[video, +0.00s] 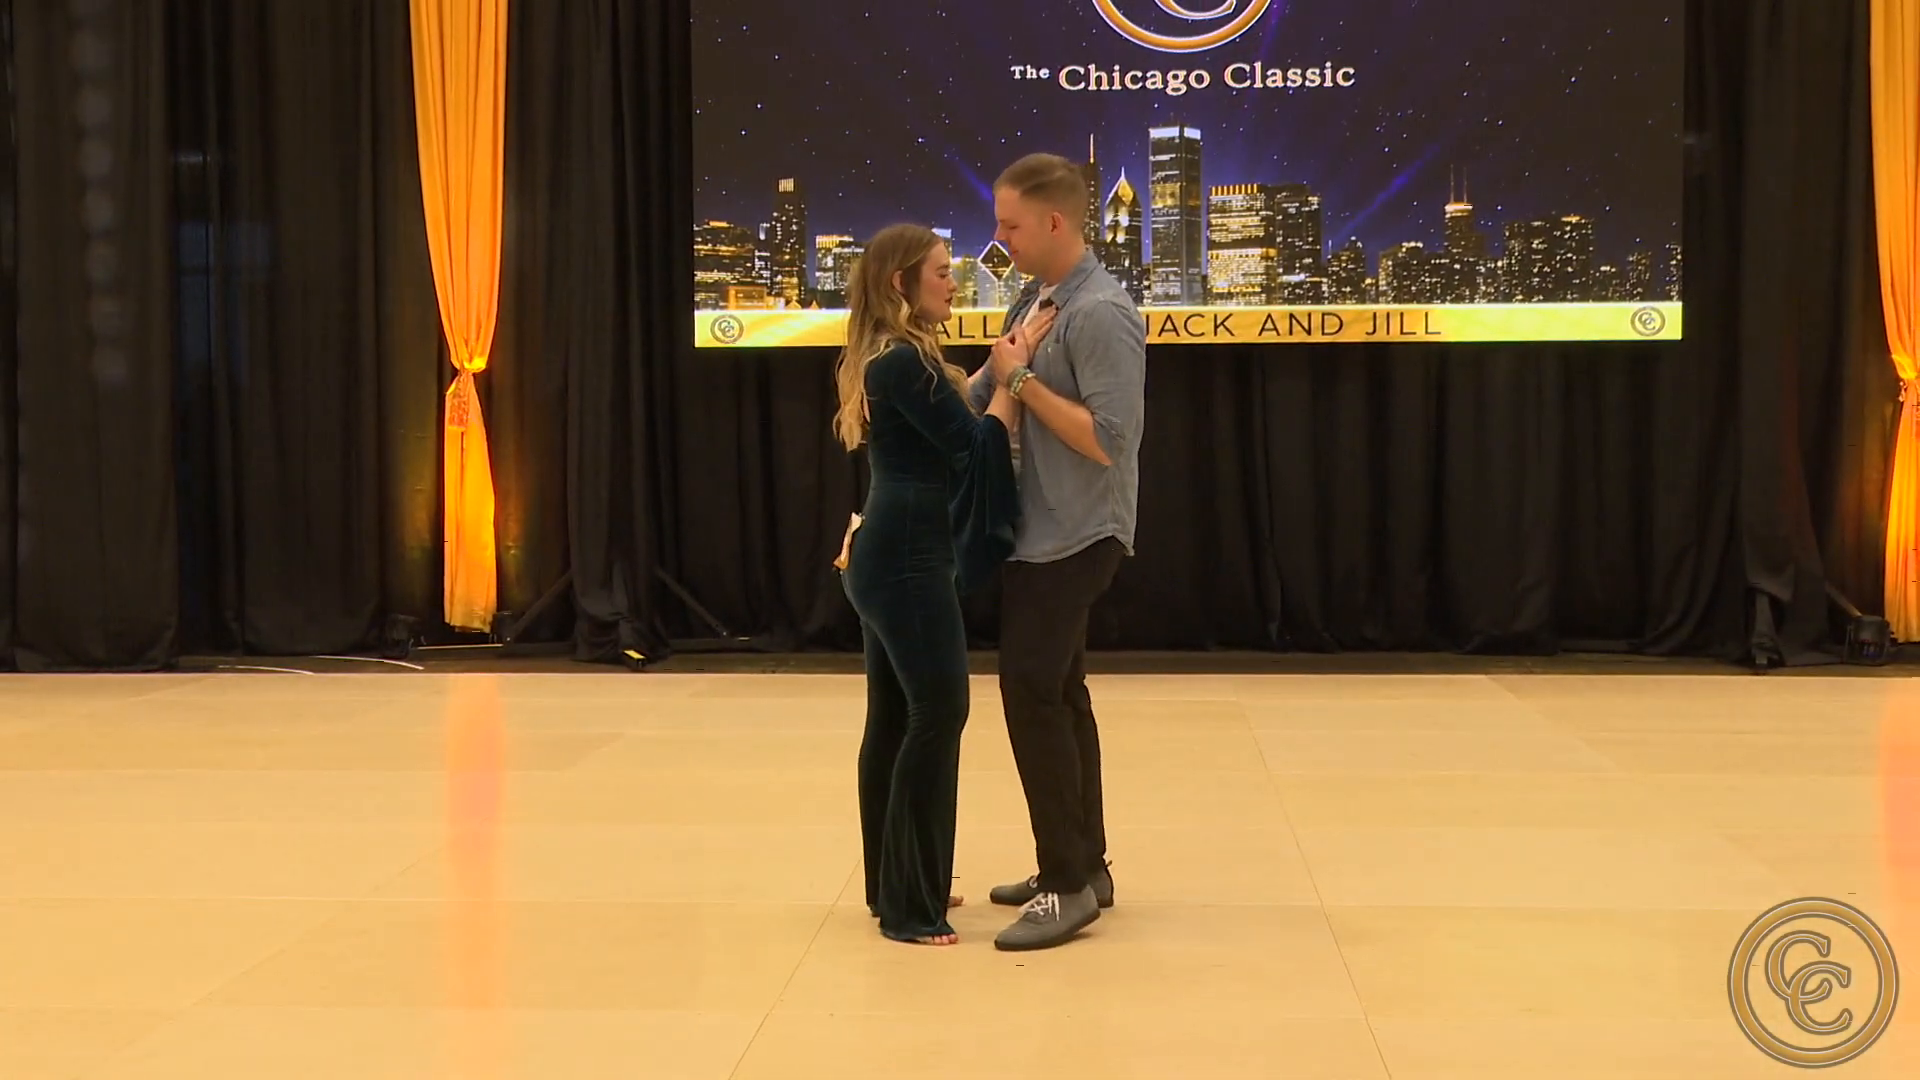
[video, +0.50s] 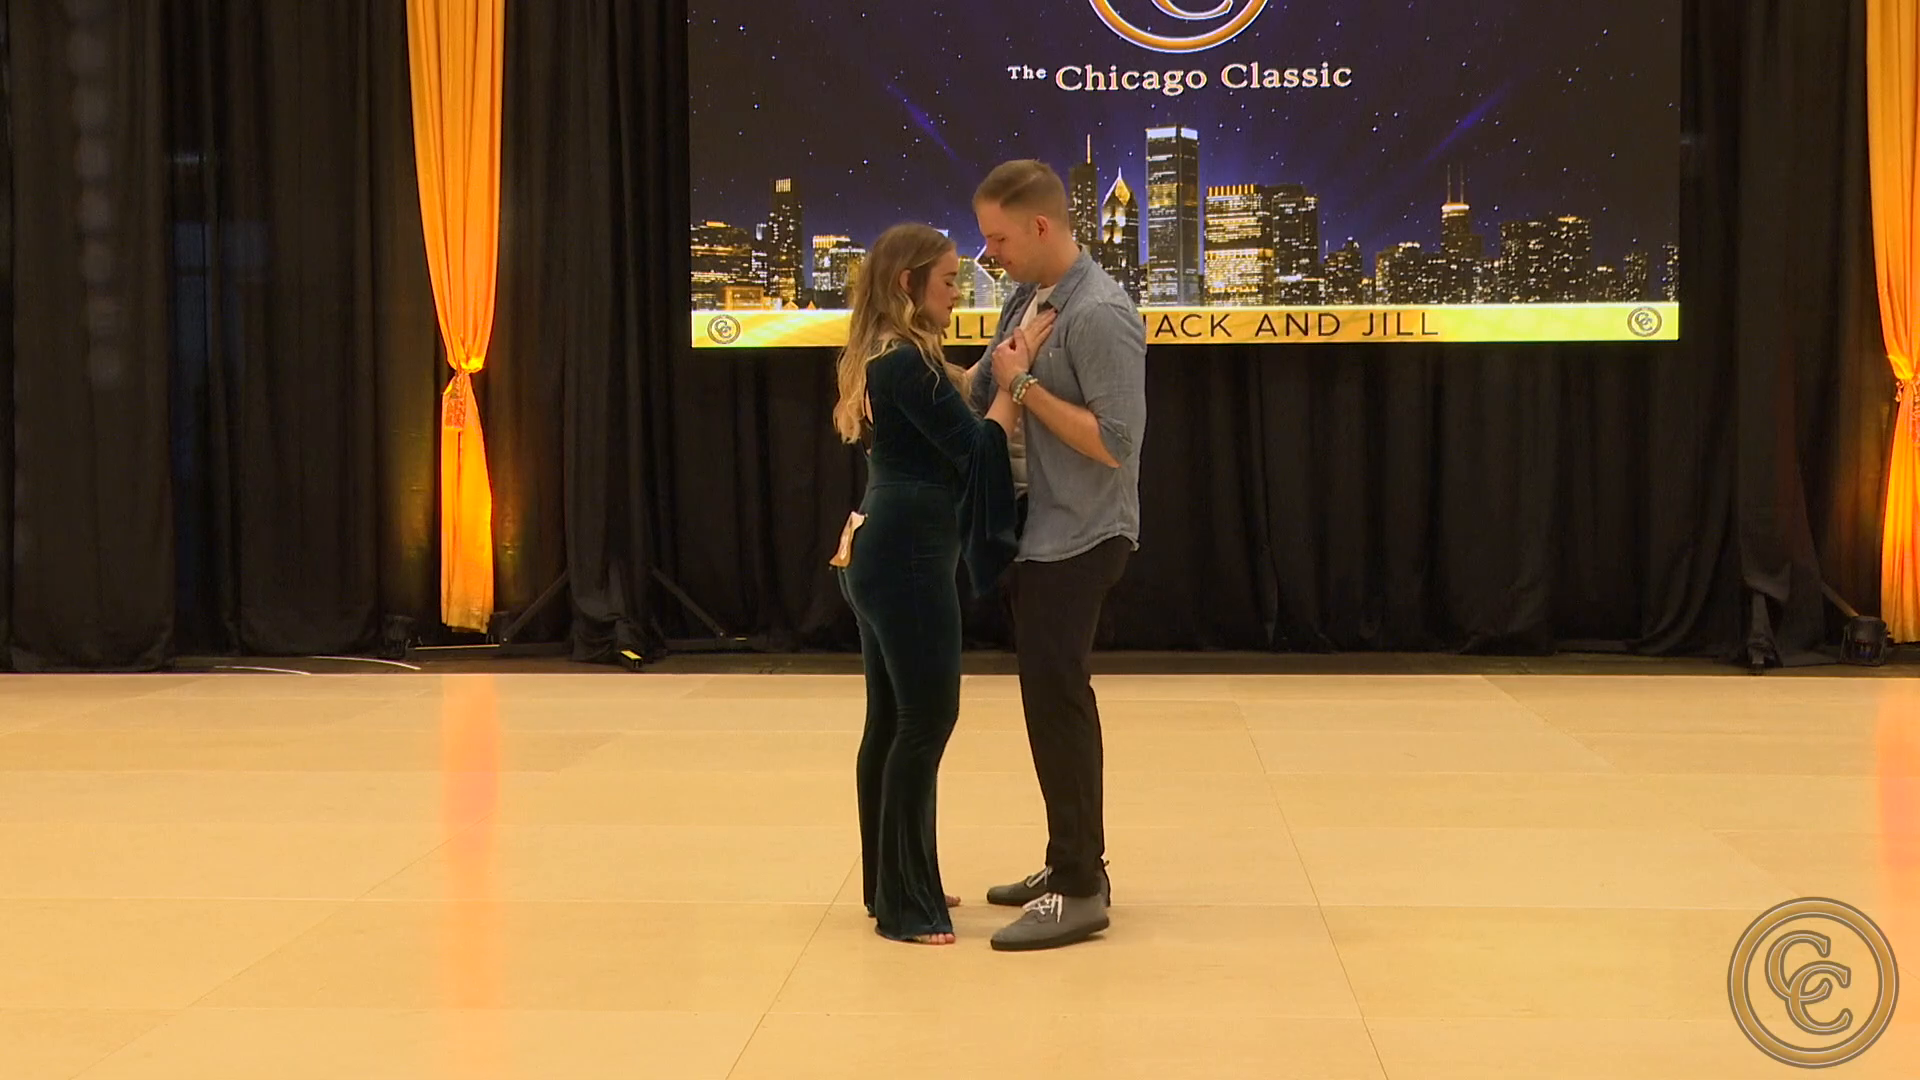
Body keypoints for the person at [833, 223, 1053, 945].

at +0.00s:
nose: (953, 284)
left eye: (951, 272)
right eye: (941, 273)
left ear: (914, 282)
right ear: (903, 283)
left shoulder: (902, 355)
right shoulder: (900, 363)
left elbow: (960, 409)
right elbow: (976, 449)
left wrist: (1006, 356)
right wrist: (1010, 380)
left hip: (887, 559)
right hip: (906, 564)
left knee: (892, 721)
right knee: (940, 715)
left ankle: (893, 890)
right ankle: (910, 903)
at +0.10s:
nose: (952, 284)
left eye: (950, 272)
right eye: (941, 273)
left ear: (913, 282)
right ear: (904, 282)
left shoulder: (903, 354)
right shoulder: (901, 362)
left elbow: (962, 410)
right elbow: (976, 446)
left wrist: (1003, 355)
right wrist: (1012, 376)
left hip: (891, 560)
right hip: (909, 565)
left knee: (891, 722)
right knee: (940, 716)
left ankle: (890, 886)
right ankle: (910, 902)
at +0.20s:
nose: (952, 286)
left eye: (951, 274)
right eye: (942, 274)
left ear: (911, 282)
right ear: (905, 282)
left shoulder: (900, 355)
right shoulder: (902, 363)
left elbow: (963, 404)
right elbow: (979, 450)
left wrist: (1005, 354)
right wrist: (1010, 379)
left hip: (889, 560)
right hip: (911, 565)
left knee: (888, 725)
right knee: (931, 720)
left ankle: (891, 889)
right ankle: (909, 904)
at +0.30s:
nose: (953, 287)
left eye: (952, 276)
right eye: (943, 276)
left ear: (911, 283)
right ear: (906, 283)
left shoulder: (899, 354)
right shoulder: (903, 363)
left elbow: (959, 405)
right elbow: (979, 448)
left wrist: (1002, 356)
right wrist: (1011, 378)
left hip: (886, 558)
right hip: (912, 564)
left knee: (887, 727)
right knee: (917, 730)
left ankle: (889, 889)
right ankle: (908, 903)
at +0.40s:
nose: (953, 288)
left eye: (953, 277)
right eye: (946, 276)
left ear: (909, 283)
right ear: (909, 282)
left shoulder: (899, 354)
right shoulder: (902, 363)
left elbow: (965, 402)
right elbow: (975, 450)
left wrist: (1005, 354)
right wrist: (1007, 387)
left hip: (889, 558)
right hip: (911, 563)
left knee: (887, 728)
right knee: (914, 730)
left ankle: (890, 890)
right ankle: (907, 902)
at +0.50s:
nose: (957, 290)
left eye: (958, 279)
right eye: (950, 278)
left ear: (913, 282)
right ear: (912, 281)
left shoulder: (907, 354)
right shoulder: (902, 362)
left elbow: (961, 410)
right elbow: (973, 451)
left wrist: (1003, 361)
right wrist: (1012, 380)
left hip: (886, 555)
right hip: (909, 559)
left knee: (888, 724)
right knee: (927, 722)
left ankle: (888, 887)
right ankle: (906, 901)